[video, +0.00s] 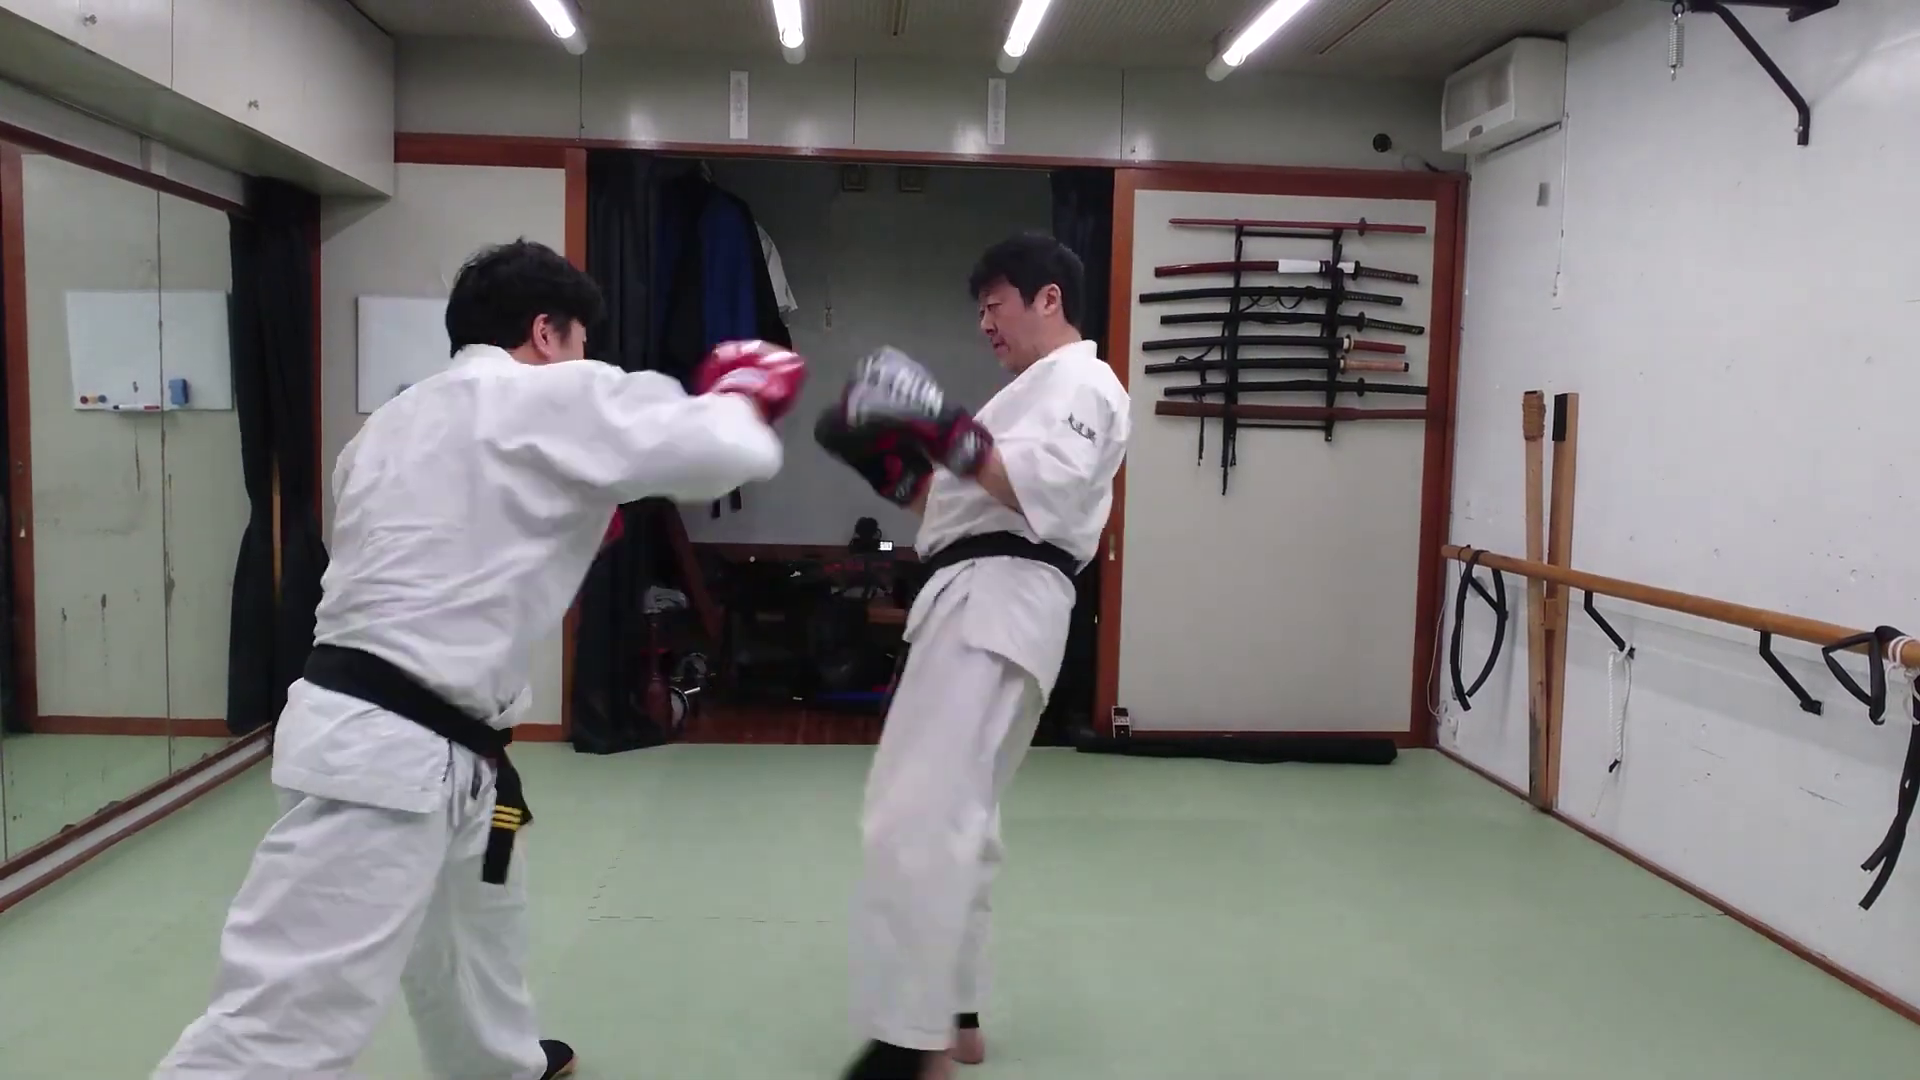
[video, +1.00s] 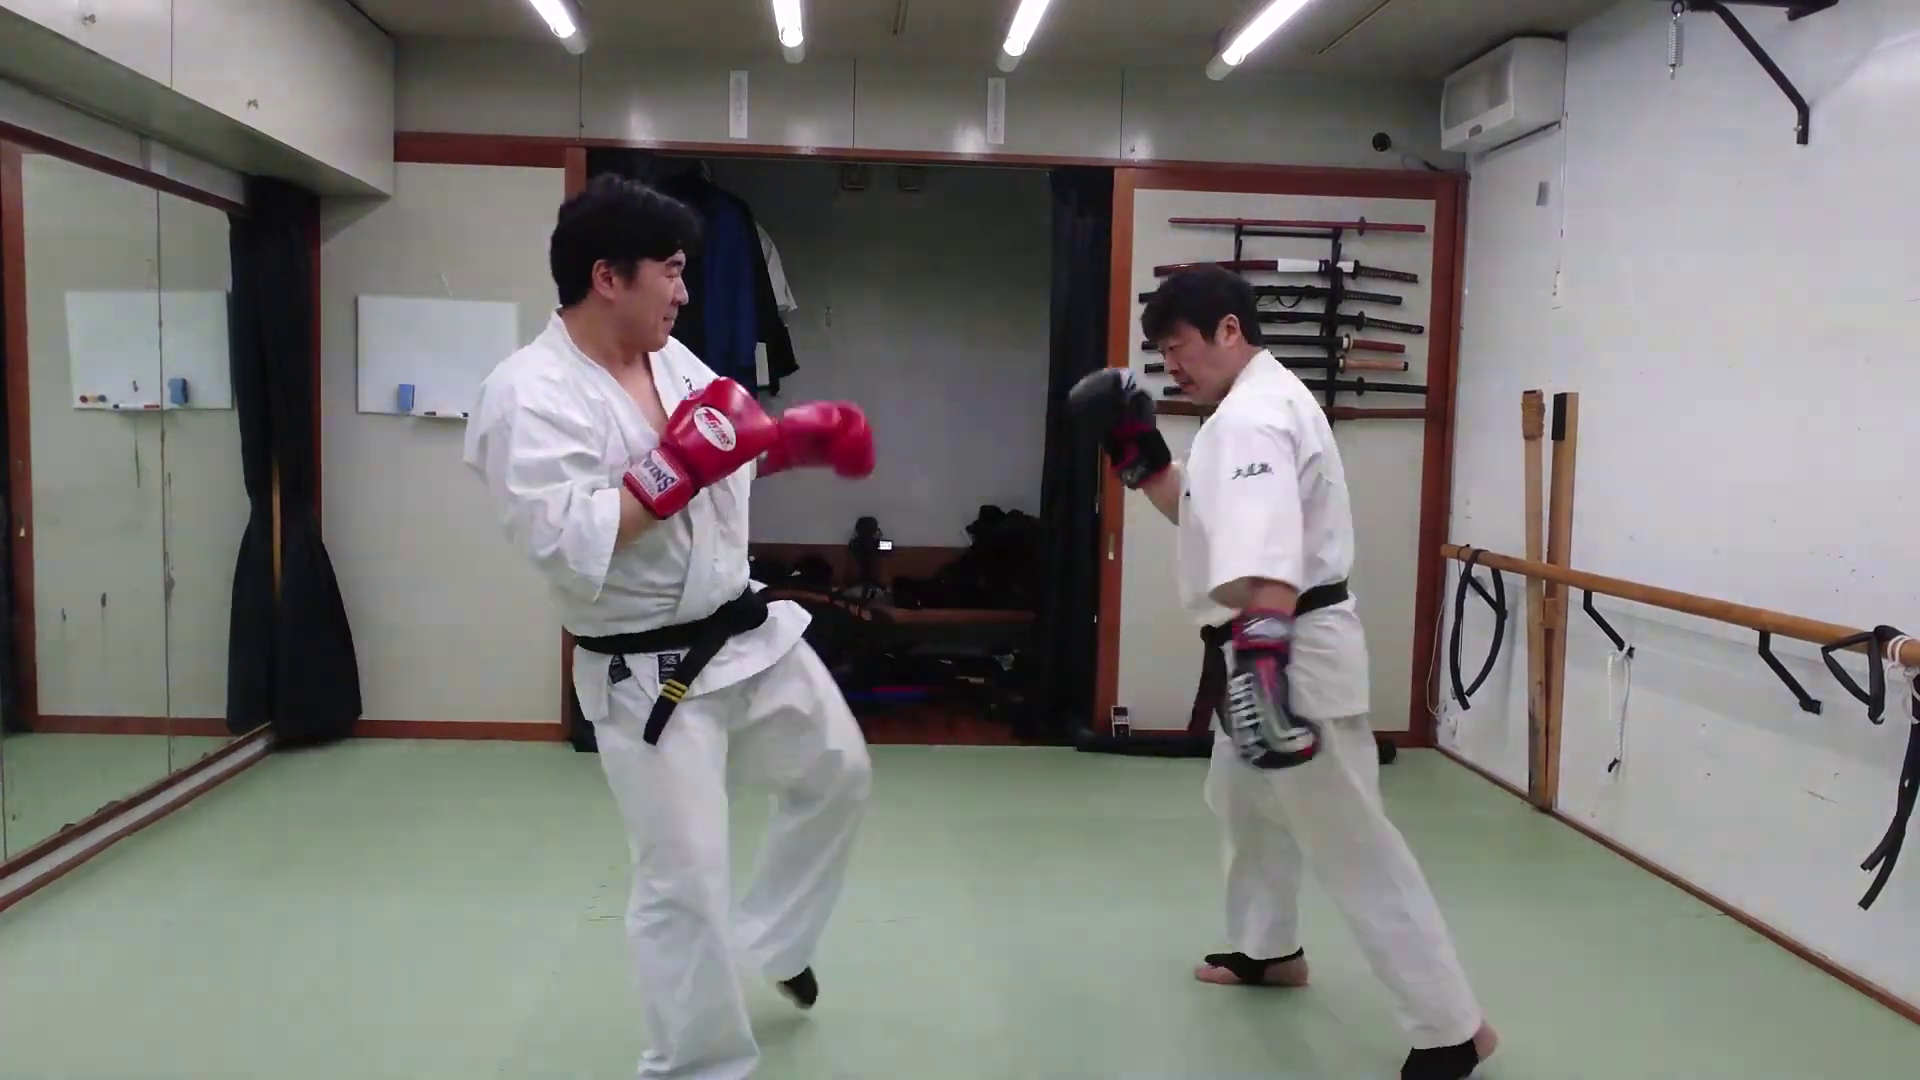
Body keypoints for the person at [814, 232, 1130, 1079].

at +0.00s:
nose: (987, 327)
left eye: (996, 306)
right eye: (983, 312)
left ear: (1048, 299)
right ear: (1042, 307)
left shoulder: (1080, 377)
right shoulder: (1035, 392)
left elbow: (1045, 484)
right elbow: (971, 509)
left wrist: (946, 431)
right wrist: (898, 472)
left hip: (998, 593)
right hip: (982, 592)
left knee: (914, 807)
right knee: (957, 811)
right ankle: (953, 1016)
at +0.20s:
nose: (1005, 333)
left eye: (1012, 311)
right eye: (1001, 316)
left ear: (1060, 292)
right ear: (1063, 296)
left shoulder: (1085, 368)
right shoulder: (1068, 362)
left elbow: (926, 407)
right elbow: (953, 384)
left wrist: (833, 344)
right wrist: (888, 317)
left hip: (1068, 637)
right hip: (1015, 633)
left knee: (1024, 847)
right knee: (958, 813)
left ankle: (1023, 1051)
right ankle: (994, 981)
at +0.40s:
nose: (1053, 316)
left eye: (1066, 298)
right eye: (1052, 301)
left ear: (1121, 297)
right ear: (1113, 299)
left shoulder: (1139, 390)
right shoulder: (1093, 381)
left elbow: (1080, 524)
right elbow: (979, 379)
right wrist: (952, 287)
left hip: (1104, 640)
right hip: (1091, 632)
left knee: (1053, 857)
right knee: (1131, 825)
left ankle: (1026, 1055)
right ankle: (1235, 962)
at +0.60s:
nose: (1119, 329)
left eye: (1134, 309)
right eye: (1110, 314)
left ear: (1188, 302)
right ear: (1111, 317)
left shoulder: (1234, 394)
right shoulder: (1122, 412)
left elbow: (1161, 497)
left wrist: (1031, 477)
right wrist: (1013, 471)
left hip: (1237, 635)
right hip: (1166, 636)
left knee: (1167, 825)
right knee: (1220, 814)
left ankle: (1124, 1035)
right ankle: (1278, 986)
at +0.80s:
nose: (1155, 354)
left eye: (1168, 333)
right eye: (1146, 338)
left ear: (1225, 321)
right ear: (1146, 340)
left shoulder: (1242, 402)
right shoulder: (1205, 402)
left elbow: (1118, 524)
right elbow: (1109, 454)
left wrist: (1028, 581)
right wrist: (1079, 359)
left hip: (1335, 650)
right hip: (1254, 654)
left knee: (1396, 859)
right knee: (1195, 805)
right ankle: (1233, 925)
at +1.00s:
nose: (1168, 365)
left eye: (1176, 346)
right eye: (1161, 351)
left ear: (1228, 333)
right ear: (1225, 340)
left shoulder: (1257, 414)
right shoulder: (1241, 407)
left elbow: (1273, 557)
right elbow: (1211, 526)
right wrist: (1141, 459)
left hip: (1297, 644)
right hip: (1256, 639)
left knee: (1349, 837)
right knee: (1240, 797)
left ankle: (1451, 1027)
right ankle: (1268, 948)